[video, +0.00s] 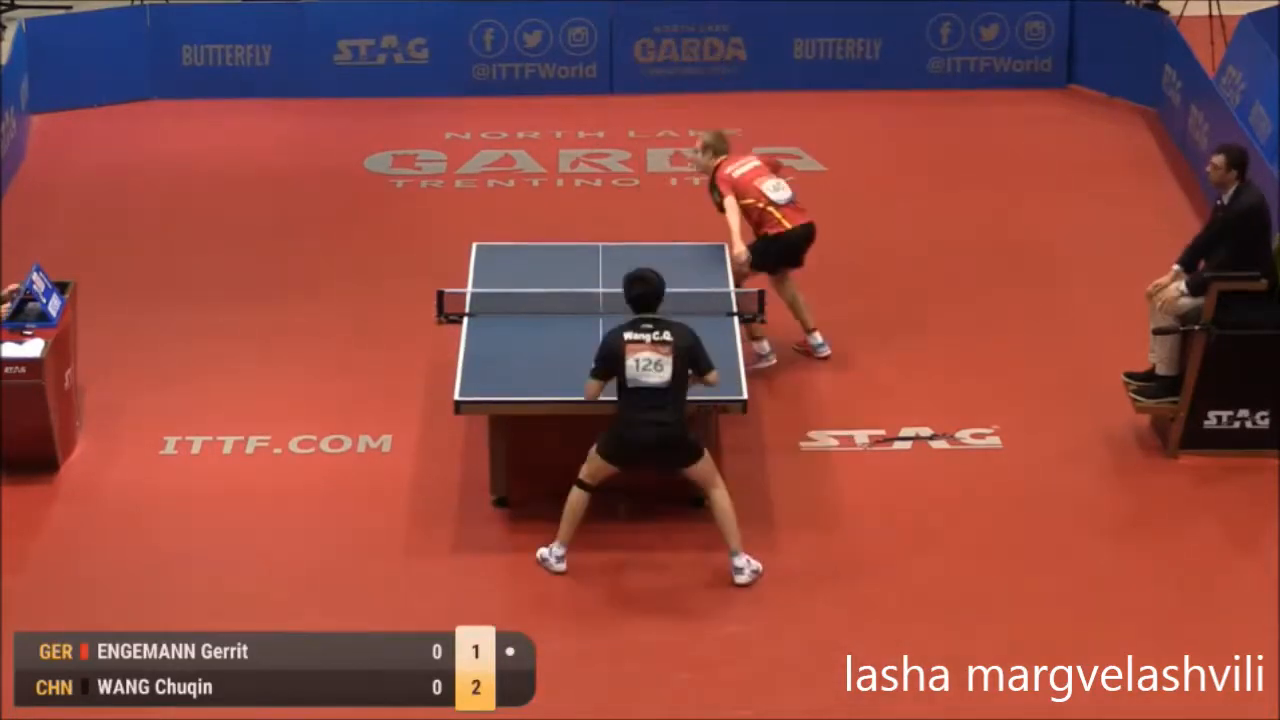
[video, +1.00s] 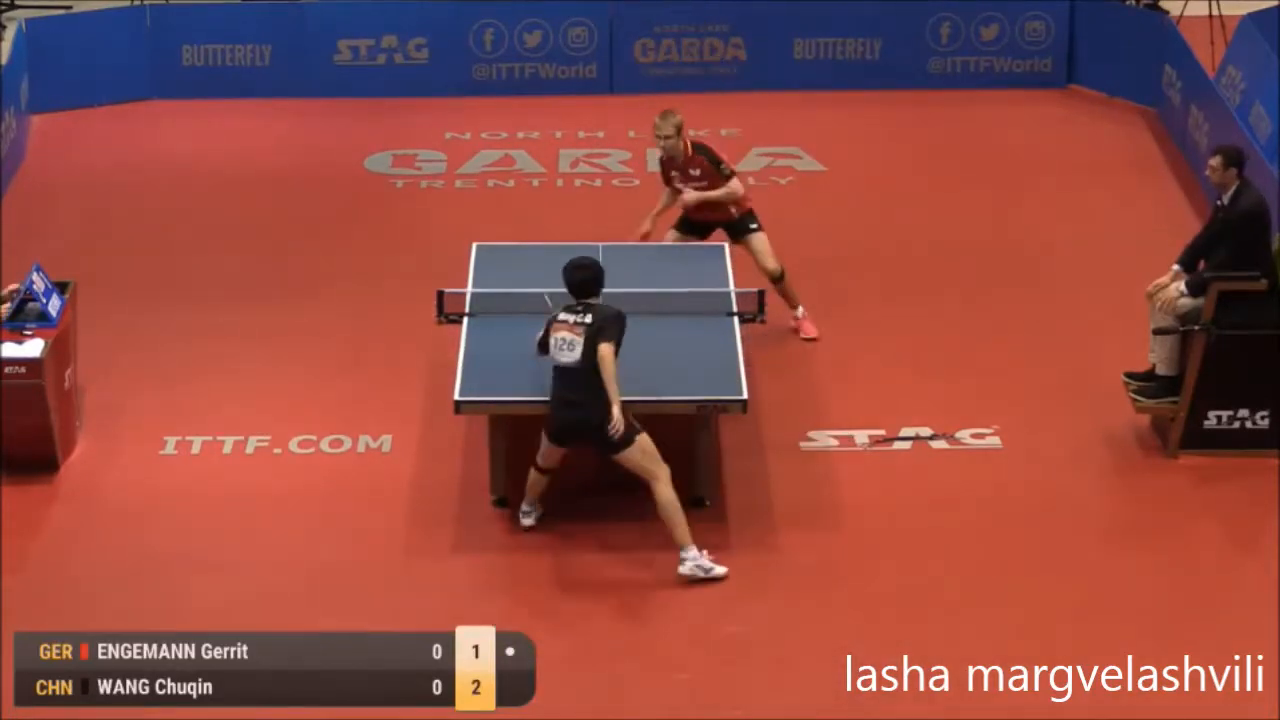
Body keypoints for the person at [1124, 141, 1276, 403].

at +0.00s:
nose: (1208, 170)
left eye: (1215, 167)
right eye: (1210, 165)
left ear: (1233, 174)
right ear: (1227, 173)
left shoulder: (1248, 205)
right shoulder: (1226, 199)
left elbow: (1229, 264)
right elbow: (1205, 240)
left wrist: (1183, 288)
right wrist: (1173, 274)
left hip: (1240, 292)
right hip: (1222, 280)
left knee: (1168, 307)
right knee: (1158, 297)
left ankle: (1168, 379)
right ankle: (1159, 370)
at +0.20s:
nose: (1208, 172)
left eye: (1215, 168)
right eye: (1209, 166)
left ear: (1233, 174)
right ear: (1226, 173)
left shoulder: (1249, 205)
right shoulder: (1225, 200)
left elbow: (1229, 264)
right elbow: (1205, 240)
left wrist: (1183, 288)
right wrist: (1173, 274)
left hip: (1241, 292)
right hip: (1223, 280)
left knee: (1168, 307)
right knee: (1158, 296)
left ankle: (1168, 378)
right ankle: (1159, 370)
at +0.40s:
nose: (1208, 172)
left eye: (1215, 168)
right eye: (1209, 166)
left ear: (1233, 174)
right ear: (1226, 174)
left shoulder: (1249, 206)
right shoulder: (1225, 200)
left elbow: (1229, 264)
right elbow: (1204, 240)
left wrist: (1183, 288)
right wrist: (1173, 274)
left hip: (1241, 292)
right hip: (1222, 280)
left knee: (1167, 307)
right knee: (1158, 296)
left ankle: (1168, 379)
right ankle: (1159, 370)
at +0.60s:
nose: (1208, 173)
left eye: (1214, 169)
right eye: (1209, 168)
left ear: (1233, 173)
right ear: (1225, 173)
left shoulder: (1249, 206)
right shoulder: (1226, 200)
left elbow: (1229, 265)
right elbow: (1204, 241)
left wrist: (1183, 288)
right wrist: (1173, 274)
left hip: (1241, 291)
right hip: (1222, 280)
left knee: (1168, 307)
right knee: (1158, 297)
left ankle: (1168, 379)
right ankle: (1159, 370)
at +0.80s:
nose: (1208, 173)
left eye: (1214, 169)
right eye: (1208, 168)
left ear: (1232, 173)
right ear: (1224, 172)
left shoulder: (1249, 206)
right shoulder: (1226, 200)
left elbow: (1229, 265)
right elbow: (1204, 240)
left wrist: (1183, 288)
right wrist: (1173, 274)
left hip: (1241, 292)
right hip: (1223, 280)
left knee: (1168, 307)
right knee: (1158, 296)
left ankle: (1168, 379)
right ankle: (1159, 370)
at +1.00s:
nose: (1207, 173)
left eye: (1213, 169)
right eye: (1208, 168)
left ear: (1232, 172)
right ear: (1225, 172)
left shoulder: (1249, 206)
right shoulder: (1226, 199)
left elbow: (1229, 265)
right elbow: (1204, 240)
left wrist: (1183, 288)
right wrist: (1173, 274)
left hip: (1241, 292)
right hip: (1223, 280)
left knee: (1168, 307)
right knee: (1158, 297)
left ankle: (1168, 379)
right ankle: (1159, 370)